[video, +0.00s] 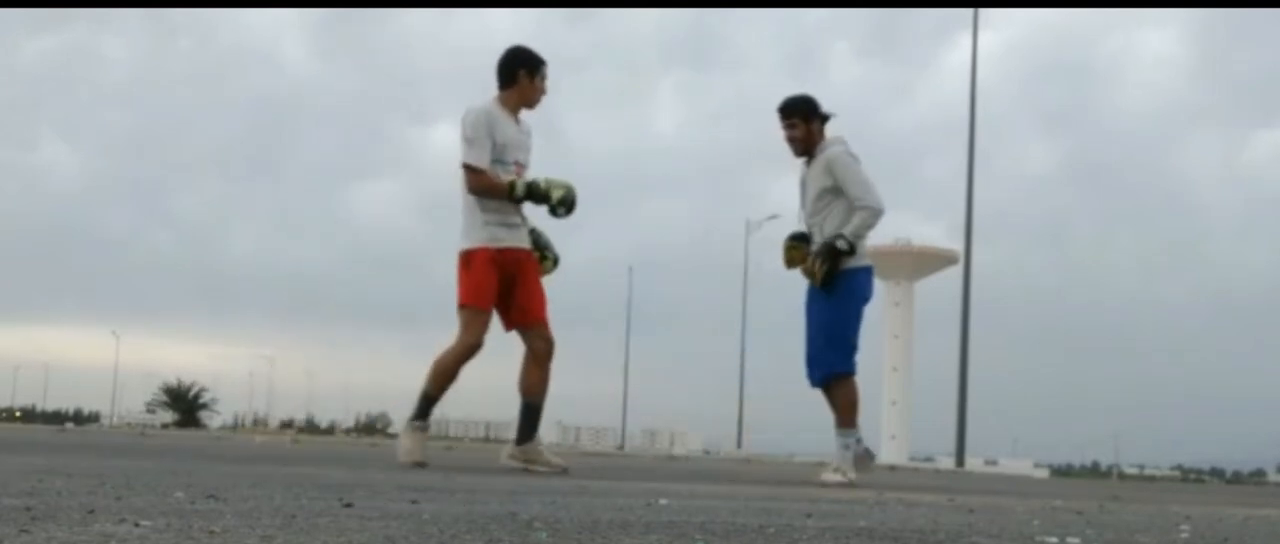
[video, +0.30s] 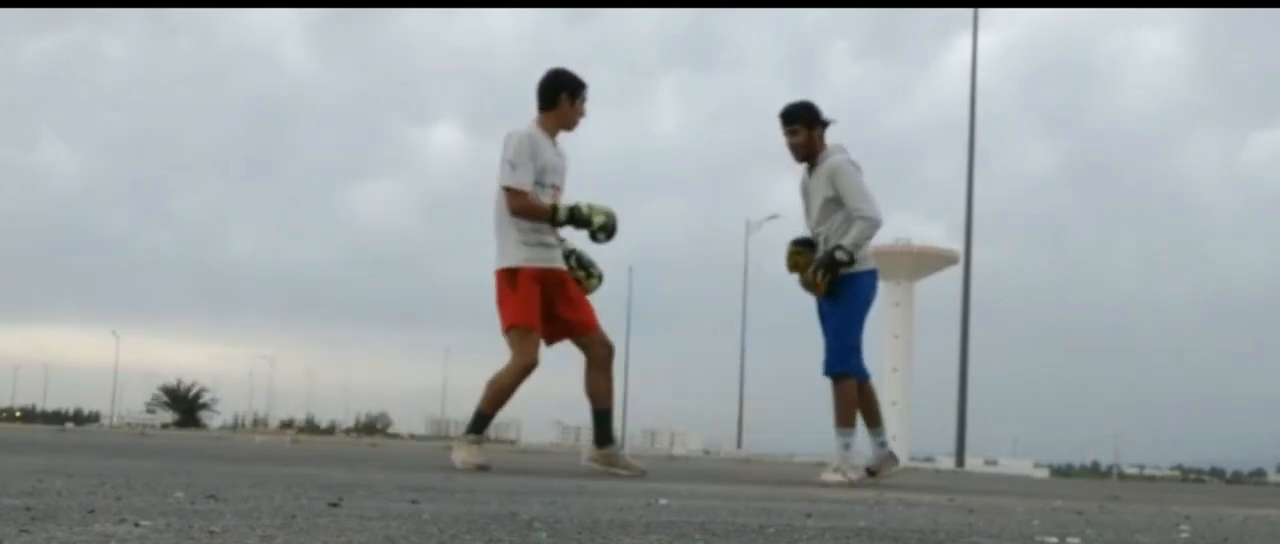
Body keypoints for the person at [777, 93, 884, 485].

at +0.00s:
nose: (789, 135)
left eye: (795, 127)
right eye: (785, 128)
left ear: (816, 125)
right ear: (788, 130)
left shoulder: (836, 156)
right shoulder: (810, 168)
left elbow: (871, 206)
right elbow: (818, 218)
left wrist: (840, 245)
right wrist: (803, 239)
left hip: (846, 273)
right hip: (825, 273)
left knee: (837, 364)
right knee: (822, 366)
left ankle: (846, 457)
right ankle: (854, 448)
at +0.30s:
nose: (790, 142)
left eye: (796, 133)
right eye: (787, 135)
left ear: (817, 132)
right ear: (788, 138)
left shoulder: (838, 166)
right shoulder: (810, 177)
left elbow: (868, 218)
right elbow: (824, 226)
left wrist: (837, 257)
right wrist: (807, 248)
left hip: (852, 277)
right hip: (834, 278)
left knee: (841, 365)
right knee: (849, 365)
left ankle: (848, 459)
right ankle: (881, 449)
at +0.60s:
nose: (774, 165)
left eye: (780, 157)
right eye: (770, 158)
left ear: (799, 156)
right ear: (770, 160)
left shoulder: (814, 186)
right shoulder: (801, 191)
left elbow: (835, 245)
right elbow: (827, 247)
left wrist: (809, 285)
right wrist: (805, 274)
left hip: (853, 280)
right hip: (840, 283)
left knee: (834, 369)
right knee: (824, 373)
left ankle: (843, 462)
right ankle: (838, 458)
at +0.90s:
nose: (765, 175)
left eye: (771, 168)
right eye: (761, 169)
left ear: (788, 167)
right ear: (758, 171)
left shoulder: (806, 196)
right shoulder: (785, 203)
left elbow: (840, 243)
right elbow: (810, 253)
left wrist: (816, 282)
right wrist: (789, 273)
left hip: (835, 291)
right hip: (813, 294)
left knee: (819, 368)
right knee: (799, 375)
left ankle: (835, 457)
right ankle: (817, 457)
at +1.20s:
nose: (755, 180)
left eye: (761, 172)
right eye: (752, 173)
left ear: (779, 172)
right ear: (750, 175)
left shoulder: (806, 206)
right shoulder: (757, 219)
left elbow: (812, 260)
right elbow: (770, 266)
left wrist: (774, 289)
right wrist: (760, 294)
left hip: (814, 298)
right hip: (784, 302)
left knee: (804, 373)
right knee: (748, 368)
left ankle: (830, 458)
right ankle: (782, 440)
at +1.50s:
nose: (701, 197)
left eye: (707, 190)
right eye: (699, 190)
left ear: (722, 190)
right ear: (700, 191)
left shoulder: (742, 221)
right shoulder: (717, 223)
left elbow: (767, 272)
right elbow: (718, 266)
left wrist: (754, 315)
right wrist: (713, 267)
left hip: (770, 307)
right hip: (743, 307)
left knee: (784, 379)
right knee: (708, 378)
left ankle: (819, 457)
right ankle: (713, 452)